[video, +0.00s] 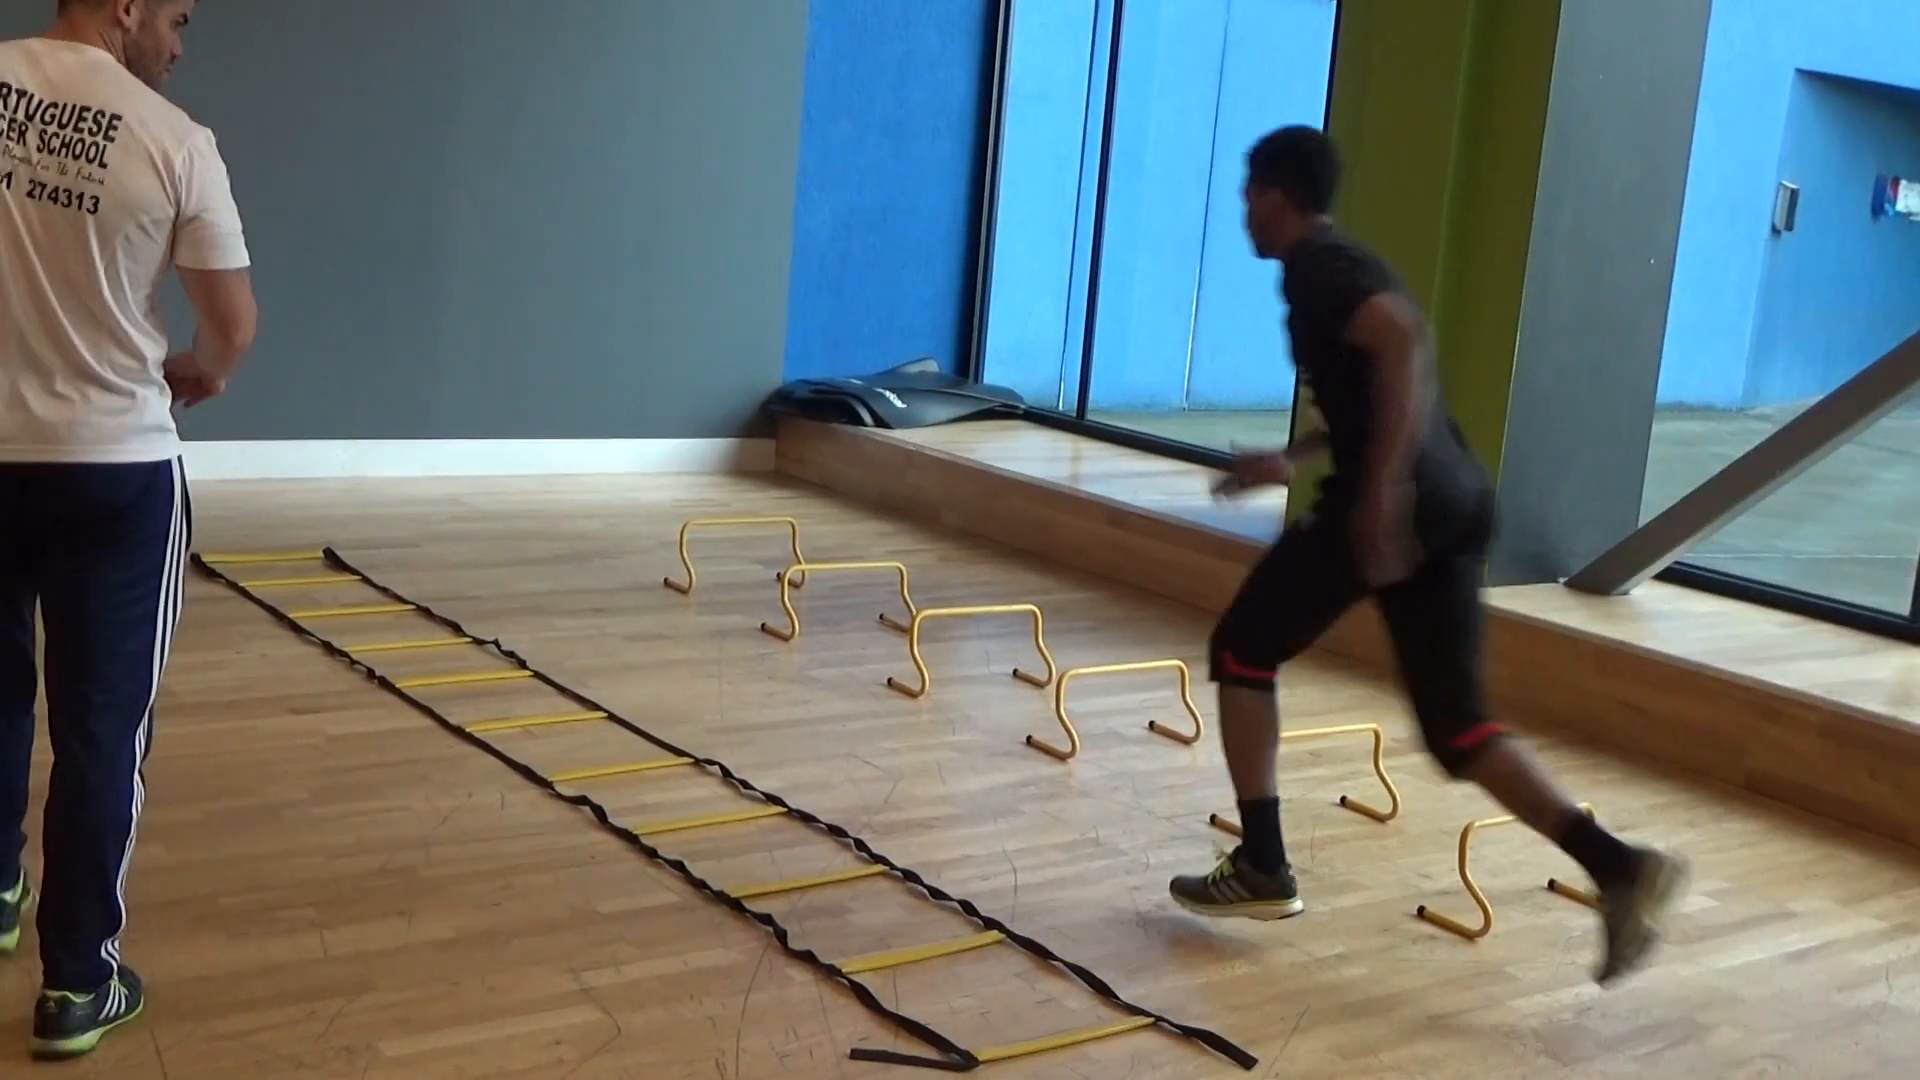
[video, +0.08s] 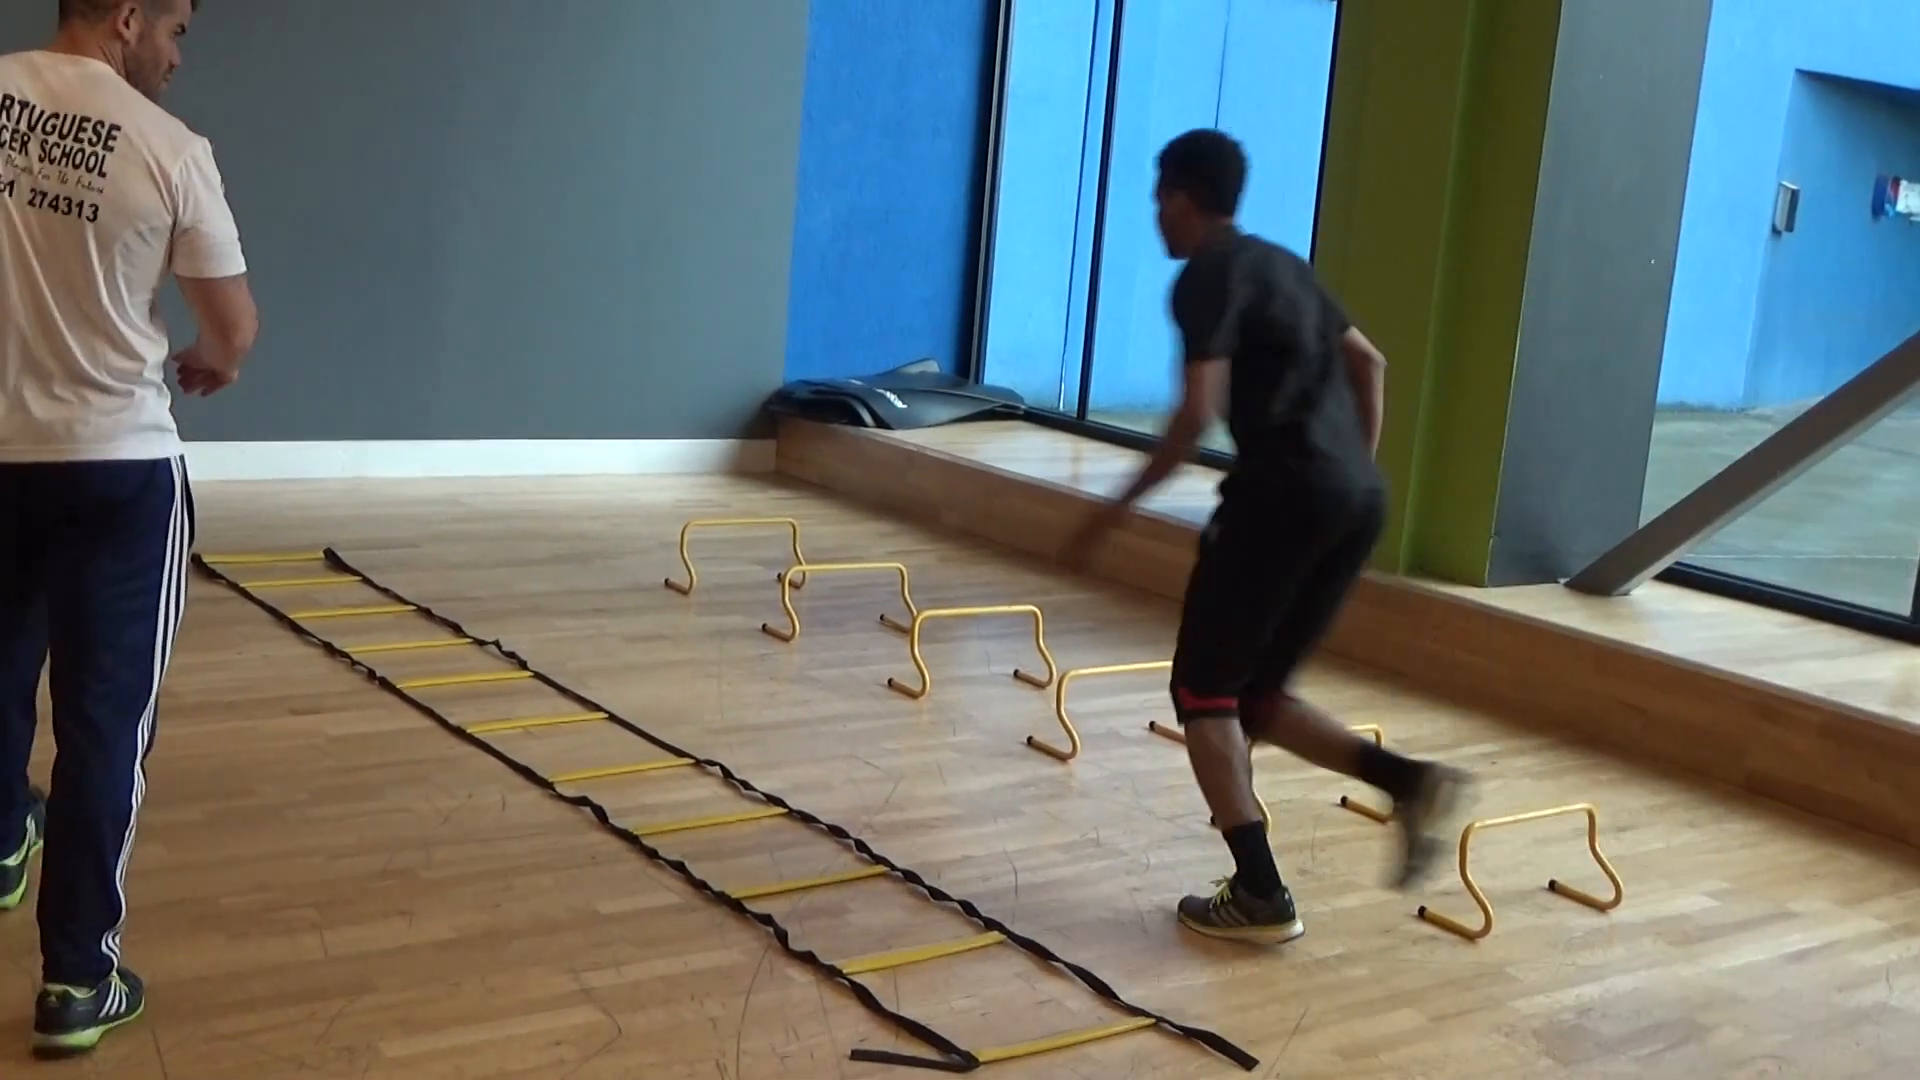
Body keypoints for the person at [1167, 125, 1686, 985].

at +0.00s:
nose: (1246, 207)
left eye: (1254, 193)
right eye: (1249, 192)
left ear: (1282, 199)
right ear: (1310, 197)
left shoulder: (1321, 266)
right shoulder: (1326, 272)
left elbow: (1401, 339)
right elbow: (1367, 417)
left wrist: (1382, 497)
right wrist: (1282, 462)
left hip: (1380, 502)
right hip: (1443, 503)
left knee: (1242, 648)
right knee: (1457, 728)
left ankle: (1262, 864)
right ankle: (1616, 867)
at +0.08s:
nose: (1158, 212)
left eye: (1163, 196)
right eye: (1161, 196)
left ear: (1186, 199)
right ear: (1228, 198)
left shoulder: (1207, 276)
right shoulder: (1283, 267)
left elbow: (1197, 418)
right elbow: (1368, 361)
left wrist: (1109, 513)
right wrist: (1360, 469)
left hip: (1280, 498)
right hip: (1354, 499)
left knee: (1201, 691)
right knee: (1258, 701)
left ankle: (1260, 891)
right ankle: (1411, 782)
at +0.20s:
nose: (1037, 206)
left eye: (1041, 194)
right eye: (1042, 193)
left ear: (1058, 198)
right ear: (1104, 196)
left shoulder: (1045, 271)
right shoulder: (1164, 255)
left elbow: (982, 390)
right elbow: (1269, 268)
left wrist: (964, 339)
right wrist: (1299, 386)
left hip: (1142, 483)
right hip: (1209, 474)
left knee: (1160, 681)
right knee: (1060, 576)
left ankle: (1238, 857)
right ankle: (1057, 758)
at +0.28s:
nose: (961, 178)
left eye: (965, 167)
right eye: (968, 166)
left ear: (978, 170)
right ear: (1028, 172)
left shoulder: (959, 240)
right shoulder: (1082, 233)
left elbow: (929, 362)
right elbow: (1158, 290)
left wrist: (961, 356)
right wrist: (1141, 403)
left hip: (1034, 443)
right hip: (1105, 440)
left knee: (1050, 635)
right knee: (990, 582)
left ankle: (1149, 755)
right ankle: (944, 747)